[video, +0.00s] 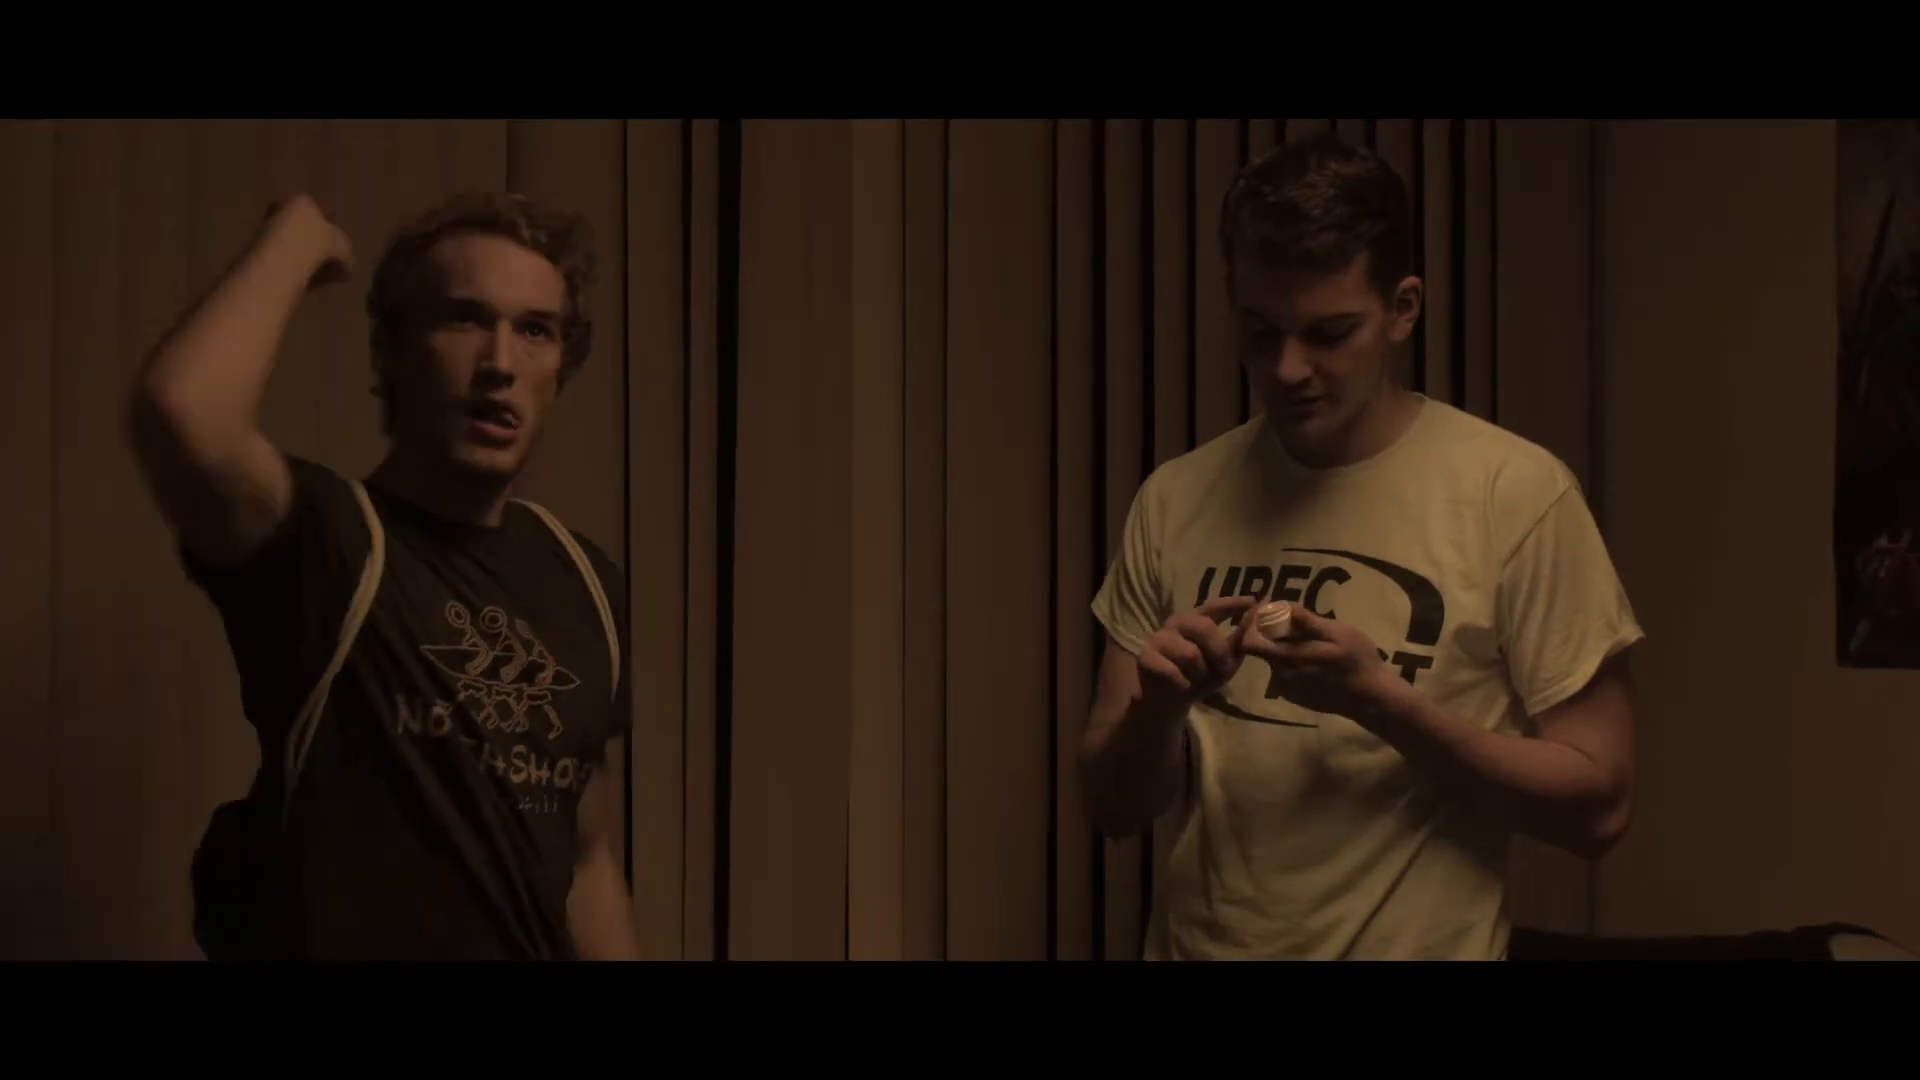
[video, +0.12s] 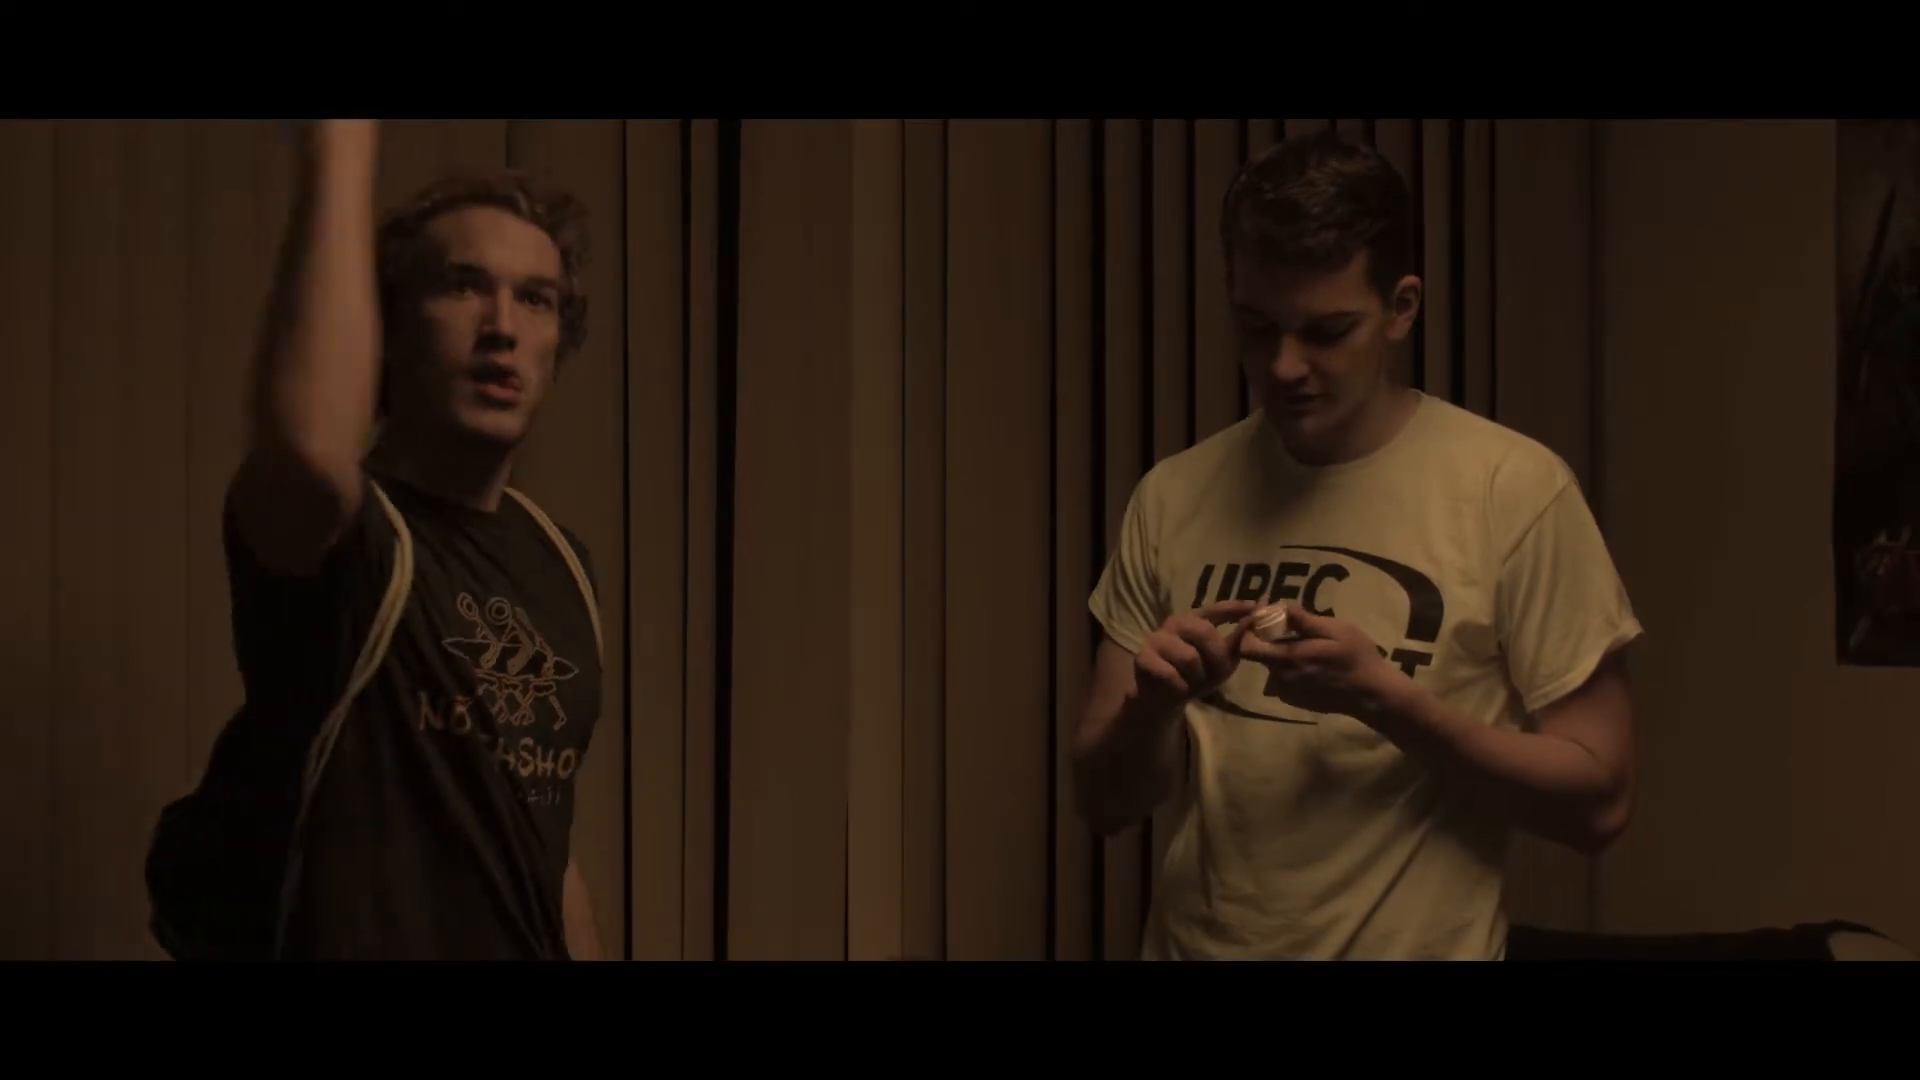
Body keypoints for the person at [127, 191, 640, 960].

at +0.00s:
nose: (502, 363)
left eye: (535, 330)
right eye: (465, 320)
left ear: (561, 367)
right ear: (389, 352)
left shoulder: (585, 580)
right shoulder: (310, 543)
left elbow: (583, 852)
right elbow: (185, 408)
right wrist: (296, 234)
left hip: (522, 943)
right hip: (330, 935)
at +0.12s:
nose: (504, 325)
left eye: (535, 297)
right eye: (464, 285)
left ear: (560, 340)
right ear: (389, 322)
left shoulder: (553, 556)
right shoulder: (327, 531)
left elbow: (542, 838)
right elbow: (310, 452)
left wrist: (580, 948)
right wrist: (342, 128)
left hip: (506, 941)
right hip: (319, 929)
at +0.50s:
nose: (495, 284)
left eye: (524, 265)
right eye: (451, 252)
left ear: (547, 322)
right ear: (367, 306)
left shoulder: (532, 562)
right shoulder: (309, 476)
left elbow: (504, 848)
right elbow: (369, 635)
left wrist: (555, 943)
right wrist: (588, 464)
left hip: (477, 940)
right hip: (315, 931)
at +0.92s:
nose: (485, 332)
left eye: (518, 298)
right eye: (444, 292)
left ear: (549, 329)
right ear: (371, 323)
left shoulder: (529, 539)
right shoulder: (306, 517)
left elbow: (522, 829)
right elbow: (212, 831)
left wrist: (568, 943)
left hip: (497, 946)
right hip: (332, 945)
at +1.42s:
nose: (337, 463)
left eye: (372, 420)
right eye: (311, 424)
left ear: (467, 395)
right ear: (289, 409)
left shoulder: (620, 556)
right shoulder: (239, 590)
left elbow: (726, 831)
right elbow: (190, 867)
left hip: (560, 948)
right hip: (330, 952)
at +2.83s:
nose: (427, 438)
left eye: (464, 399)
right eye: (396, 399)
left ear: (523, 409)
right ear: (361, 406)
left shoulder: (581, 605)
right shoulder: (257, 598)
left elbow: (603, 879)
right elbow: (177, 876)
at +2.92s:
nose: (424, 442)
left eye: (462, 401)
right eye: (393, 403)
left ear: (523, 412)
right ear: (359, 412)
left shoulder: (585, 609)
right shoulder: (258, 599)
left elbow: (614, 882)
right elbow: (179, 876)